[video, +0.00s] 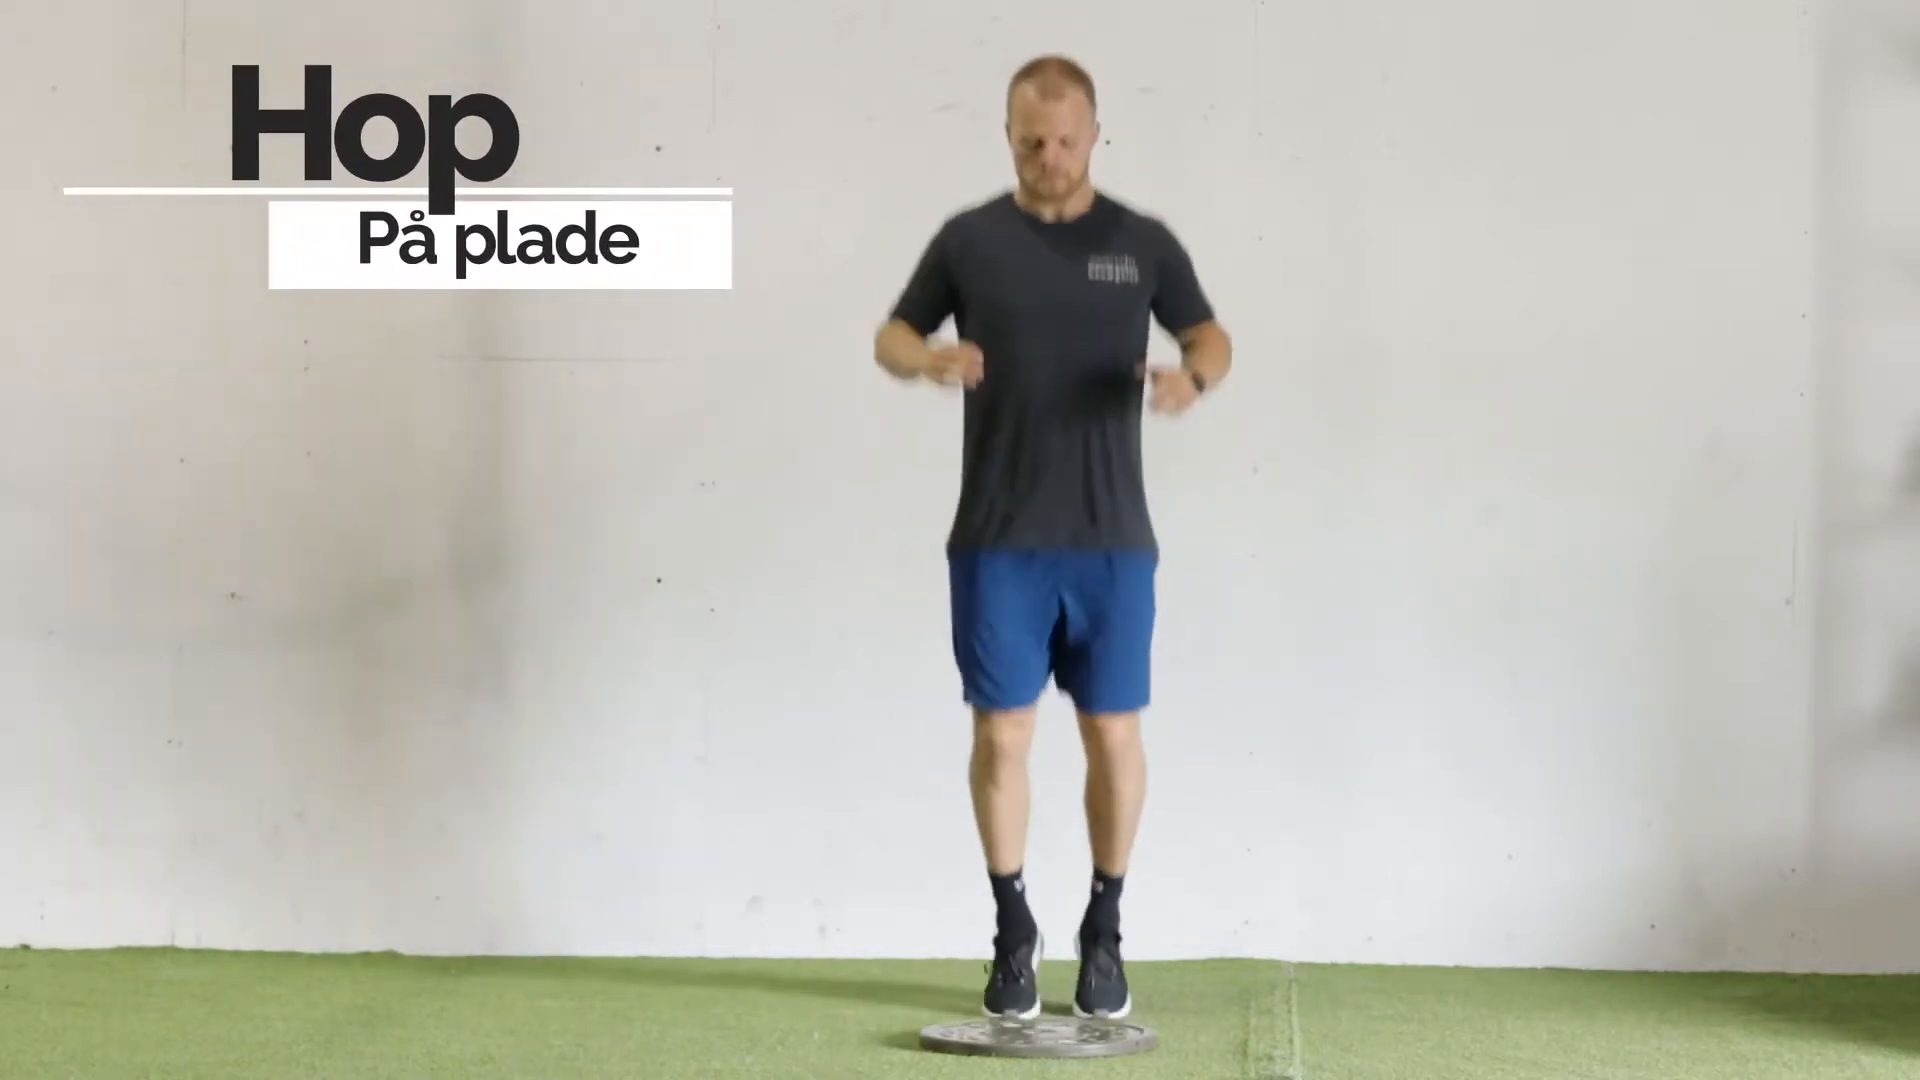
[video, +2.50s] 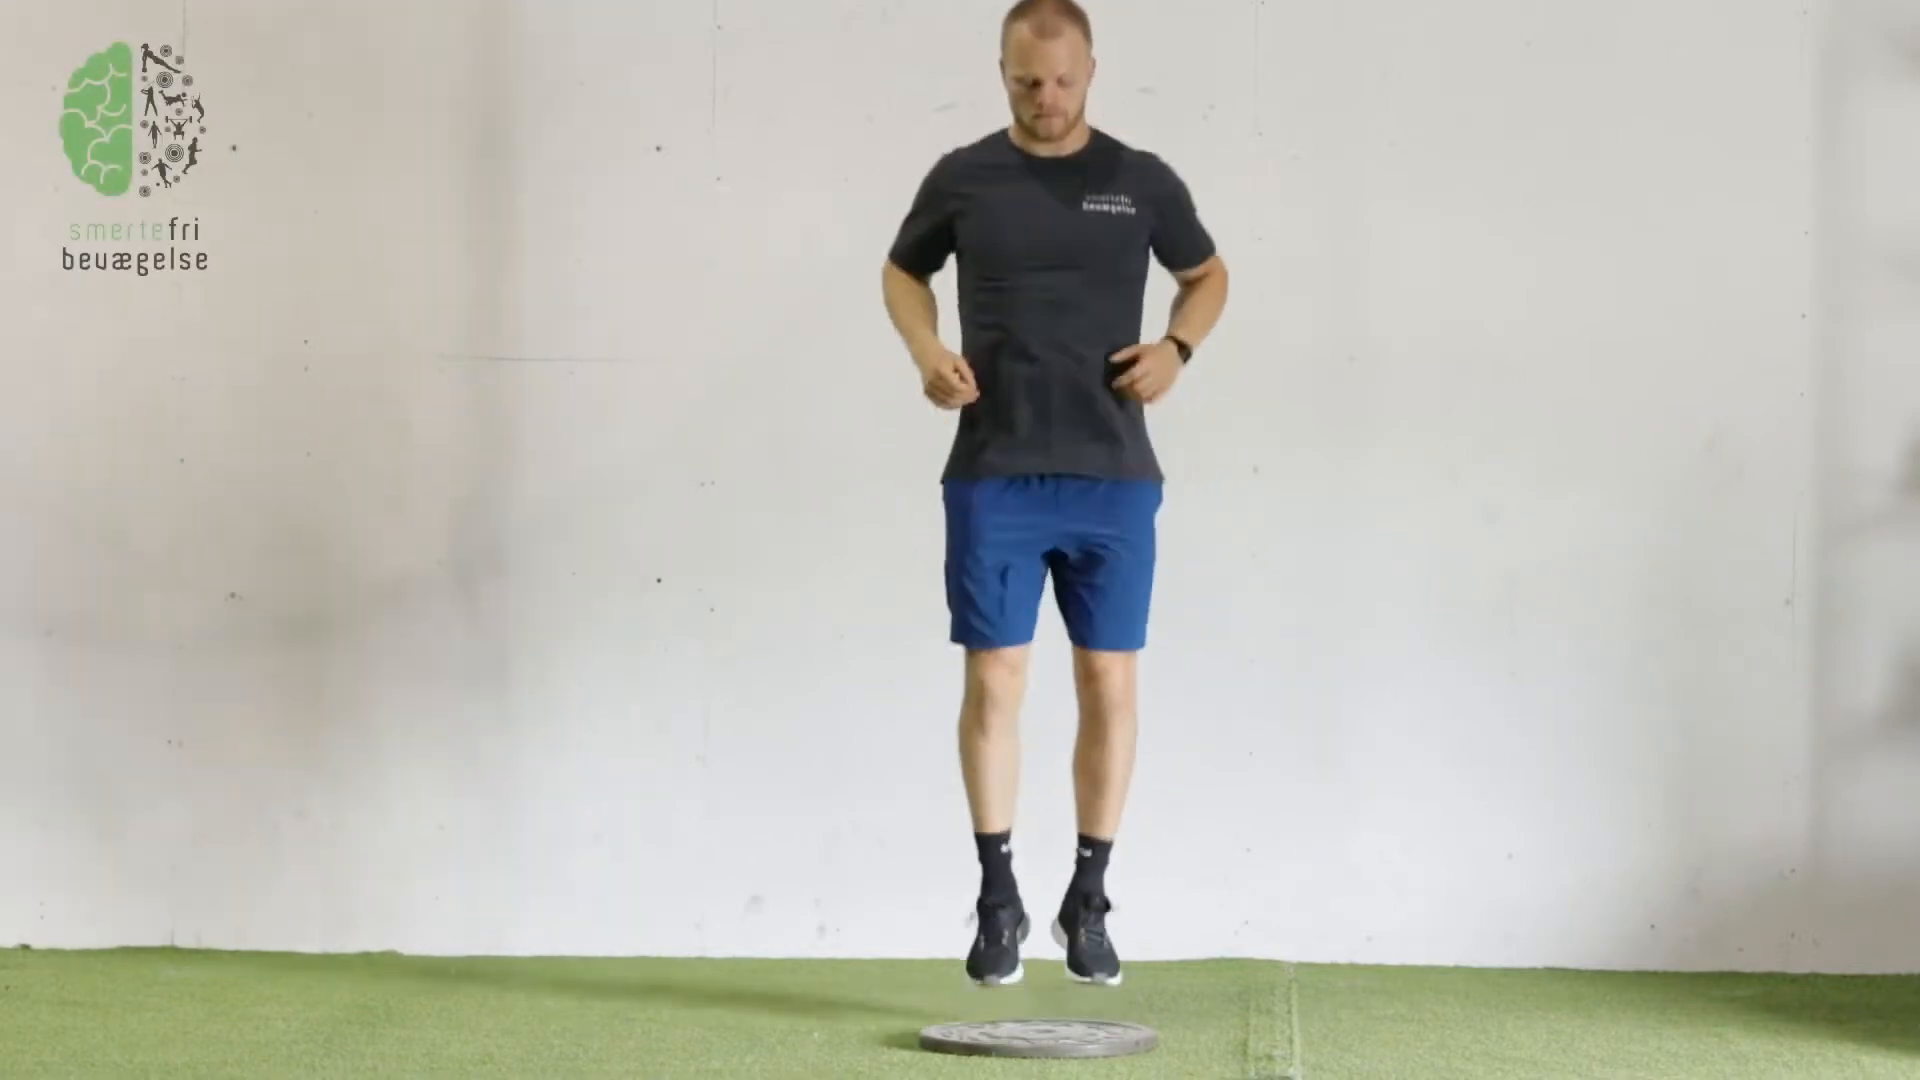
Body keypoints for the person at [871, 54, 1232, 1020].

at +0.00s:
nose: (1047, 157)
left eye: (1063, 140)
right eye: (1032, 141)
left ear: (1094, 136)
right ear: (1010, 140)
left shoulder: (1143, 243)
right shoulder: (967, 241)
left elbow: (1210, 343)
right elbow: (892, 339)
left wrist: (1189, 378)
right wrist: (934, 358)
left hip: (1112, 531)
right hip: (999, 532)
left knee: (1113, 736)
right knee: (1003, 734)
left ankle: (1104, 934)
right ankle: (1012, 933)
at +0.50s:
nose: (1035, 130)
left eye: (1052, 112)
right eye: (1019, 113)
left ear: (1083, 105)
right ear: (997, 108)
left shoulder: (1135, 209)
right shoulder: (956, 210)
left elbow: (1195, 305)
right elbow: (897, 305)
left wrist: (1170, 392)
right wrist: (907, 415)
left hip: (1108, 504)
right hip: (990, 504)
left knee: (1100, 716)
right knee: (987, 713)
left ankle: (1079, 936)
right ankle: (987, 937)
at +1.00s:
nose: (1044, 125)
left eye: (1059, 108)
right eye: (1027, 109)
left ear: (1088, 102)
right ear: (1004, 108)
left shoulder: (1139, 206)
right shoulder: (965, 207)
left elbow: (1212, 293)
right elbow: (893, 302)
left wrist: (1186, 332)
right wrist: (932, 328)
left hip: (1110, 500)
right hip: (996, 498)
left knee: (1105, 712)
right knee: (990, 711)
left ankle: (1082, 917)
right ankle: (991, 916)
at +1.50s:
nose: (1057, 109)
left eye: (1073, 92)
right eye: (1039, 92)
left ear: (1102, 84)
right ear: (1016, 87)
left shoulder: (1150, 191)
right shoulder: (971, 188)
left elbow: (1205, 288)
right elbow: (908, 279)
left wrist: (1184, 362)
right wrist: (937, 374)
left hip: (1125, 484)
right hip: (1008, 482)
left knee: (1119, 695)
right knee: (1008, 694)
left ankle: (1096, 907)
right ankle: (1011, 907)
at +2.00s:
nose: (1052, 98)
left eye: (1068, 81)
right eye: (1035, 81)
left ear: (1099, 75)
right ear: (1013, 77)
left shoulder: (1148, 180)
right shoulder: (973, 178)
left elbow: (1218, 272)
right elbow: (895, 269)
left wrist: (1198, 308)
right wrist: (921, 293)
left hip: (1118, 469)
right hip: (1003, 468)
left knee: (1114, 681)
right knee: (1003, 677)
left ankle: (1102, 886)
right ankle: (1009, 890)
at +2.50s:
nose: (1045, 100)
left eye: (1062, 83)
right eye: (1028, 82)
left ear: (1090, 74)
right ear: (1004, 75)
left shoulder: (1142, 181)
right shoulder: (962, 177)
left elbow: (1206, 274)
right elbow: (905, 271)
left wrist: (1175, 348)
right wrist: (931, 356)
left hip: (1112, 470)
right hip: (996, 469)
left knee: (1108, 682)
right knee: (994, 680)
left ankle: (1089, 900)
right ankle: (998, 899)